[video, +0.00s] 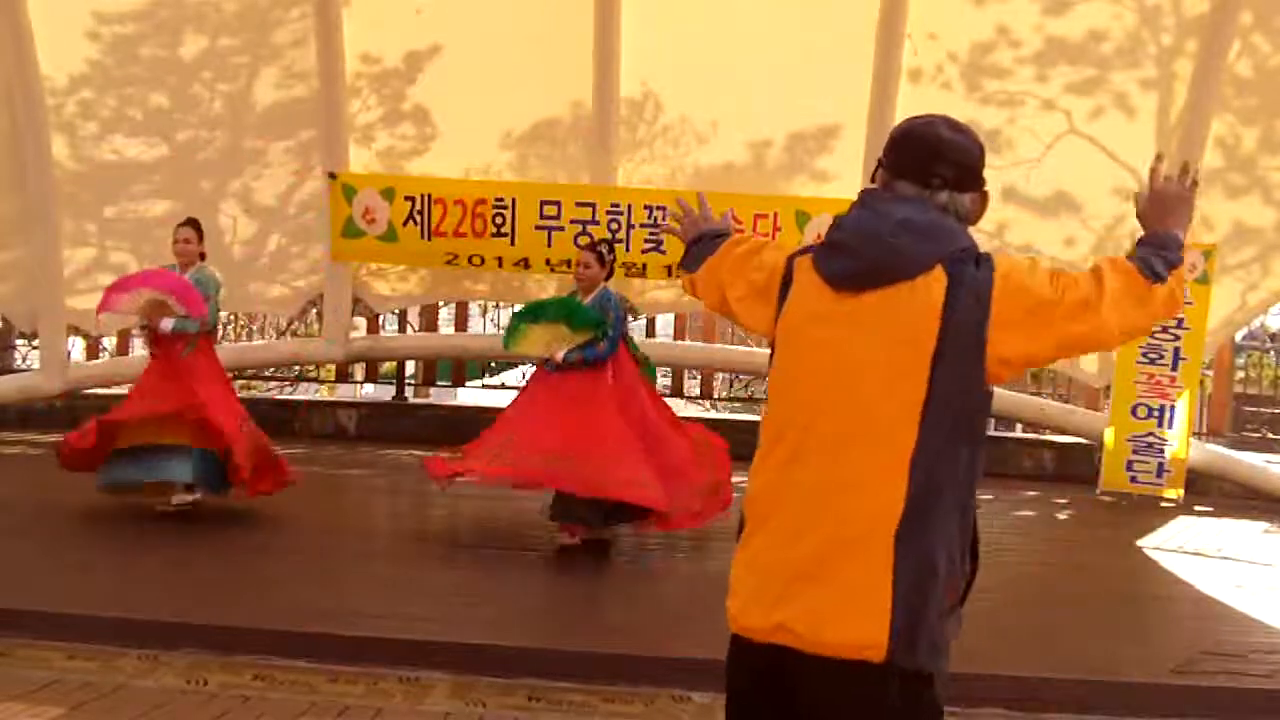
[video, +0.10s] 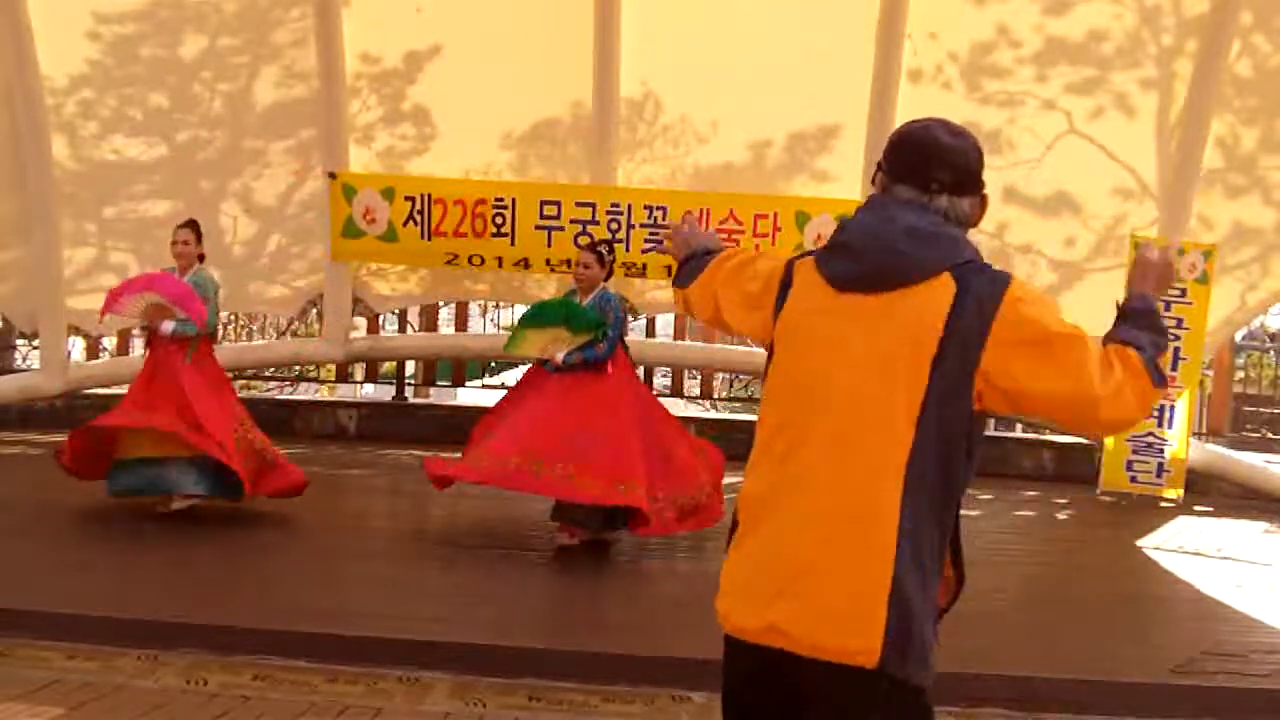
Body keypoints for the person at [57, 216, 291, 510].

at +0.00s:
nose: (181, 247)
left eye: (188, 242)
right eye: (177, 241)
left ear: (201, 246)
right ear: (171, 245)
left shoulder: (206, 278)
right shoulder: (165, 277)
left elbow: (208, 321)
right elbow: (152, 315)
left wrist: (168, 323)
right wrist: (147, 324)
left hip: (195, 357)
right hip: (166, 355)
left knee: (194, 416)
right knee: (165, 415)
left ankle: (192, 486)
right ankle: (171, 484)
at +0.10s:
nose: (180, 248)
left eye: (186, 243)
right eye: (175, 243)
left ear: (199, 248)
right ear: (170, 247)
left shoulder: (205, 281)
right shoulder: (165, 279)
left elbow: (207, 325)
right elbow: (155, 320)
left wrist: (165, 325)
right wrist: (148, 321)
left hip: (192, 359)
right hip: (165, 358)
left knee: (190, 421)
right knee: (167, 421)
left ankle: (190, 490)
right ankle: (174, 489)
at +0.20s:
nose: (178, 251)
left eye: (185, 246)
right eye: (174, 246)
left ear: (198, 251)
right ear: (169, 250)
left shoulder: (205, 284)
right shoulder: (163, 284)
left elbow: (208, 329)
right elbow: (145, 320)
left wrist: (167, 330)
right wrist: (140, 325)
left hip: (193, 362)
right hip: (162, 360)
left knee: (195, 423)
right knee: (156, 423)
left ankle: (198, 493)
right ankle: (162, 492)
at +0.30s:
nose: (176, 254)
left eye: (182, 249)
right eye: (172, 250)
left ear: (197, 253)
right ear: (168, 254)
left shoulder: (206, 288)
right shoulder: (163, 287)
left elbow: (215, 333)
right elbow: (139, 325)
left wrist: (173, 338)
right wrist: (147, 332)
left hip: (196, 367)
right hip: (164, 365)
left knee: (197, 428)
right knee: (159, 425)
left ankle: (207, 495)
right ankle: (166, 493)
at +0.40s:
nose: (175, 255)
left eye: (182, 250)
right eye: (171, 250)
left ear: (197, 255)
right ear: (167, 256)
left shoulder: (207, 291)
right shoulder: (159, 289)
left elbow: (216, 332)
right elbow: (127, 306)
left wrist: (180, 341)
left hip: (195, 366)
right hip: (161, 364)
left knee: (208, 424)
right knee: (140, 416)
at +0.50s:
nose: (175, 254)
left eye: (182, 248)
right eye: (172, 248)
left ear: (197, 253)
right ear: (169, 253)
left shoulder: (210, 289)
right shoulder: (161, 285)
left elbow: (221, 329)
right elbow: (123, 292)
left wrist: (187, 335)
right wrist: (85, 293)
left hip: (195, 365)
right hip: (161, 363)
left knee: (195, 425)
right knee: (158, 424)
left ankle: (197, 494)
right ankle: (161, 490)